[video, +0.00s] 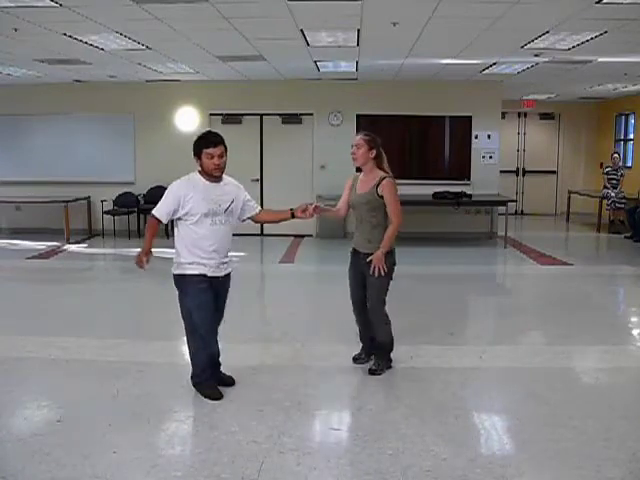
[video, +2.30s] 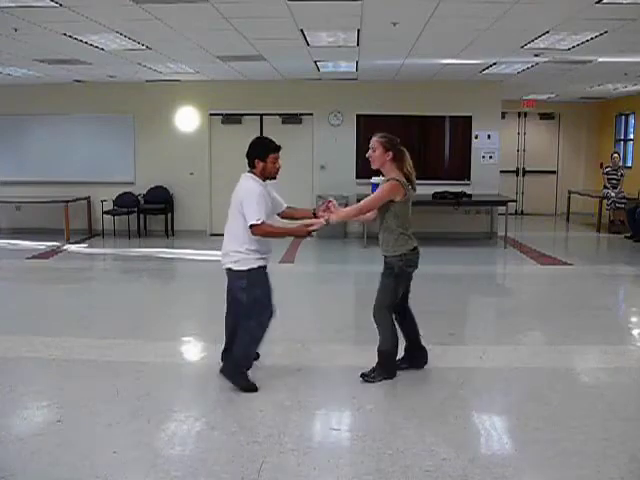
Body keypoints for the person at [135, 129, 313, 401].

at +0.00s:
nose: (218, 162)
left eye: (222, 156)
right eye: (211, 157)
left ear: (226, 156)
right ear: (198, 159)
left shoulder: (234, 189)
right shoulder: (181, 189)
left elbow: (259, 216)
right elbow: (155, 219)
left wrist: (293, 213)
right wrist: (146, 249)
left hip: (221, 271)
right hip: (191, 272)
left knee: (212, 325)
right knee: (200, 327)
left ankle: (213, 370)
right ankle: (202, 379)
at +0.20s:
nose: (227, 163)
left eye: (230, 157)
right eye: (220, 158)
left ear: (233, 158)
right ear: (205, 160)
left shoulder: (232, 190)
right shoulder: (190, 189)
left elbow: (249, 220)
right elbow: (170, 229)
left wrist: (282, 222)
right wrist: (184, 253)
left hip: (224, 273)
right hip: (198, 274)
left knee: (218, 327)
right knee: (205, 330)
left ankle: (212, 371)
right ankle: (202, 384)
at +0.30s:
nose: (230, 163)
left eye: (233, 157)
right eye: (223, 158)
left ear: (236, 158)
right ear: (209, 159)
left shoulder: (231, 189)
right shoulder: (197, 189)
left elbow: (239, 221)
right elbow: (187, 229)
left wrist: (268, 223)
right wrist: (221, 252)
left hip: (226, 272)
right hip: (201, 274)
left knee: (232, 319)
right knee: (206, 328)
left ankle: (215, 368)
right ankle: (201, 383)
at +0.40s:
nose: (235, 163)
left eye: (238, 157)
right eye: (229, 158)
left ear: (240, 157)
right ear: (213, 159)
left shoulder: (228, 187)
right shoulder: (205, 187)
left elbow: (230, 219)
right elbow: (208, 230)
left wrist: (260, 216)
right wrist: (249, 240)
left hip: (229, 270)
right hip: (206, 273)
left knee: (241, 316)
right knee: (211, 327)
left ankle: (223, 364)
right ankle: (201, 382)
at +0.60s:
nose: (245, 161)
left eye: (248, 156)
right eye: (239, 156)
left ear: (250, 157)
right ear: (223, 158)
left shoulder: (232, 185)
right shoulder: (220, 188)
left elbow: (233, 220)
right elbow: (243, 228)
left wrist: (255, 207)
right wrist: (281, 218)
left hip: (234, 271)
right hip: (219, 273)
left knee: (240, 325)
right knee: (216, 330)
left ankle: (242, 374)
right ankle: (201, 384)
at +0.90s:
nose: (261, 162)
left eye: (264, 157)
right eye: (255, 157)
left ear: (267, 158)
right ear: (240, 158)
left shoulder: (246, 184)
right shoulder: (239, 187)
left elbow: (258, 216)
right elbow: (264, 226)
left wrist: (282, 201)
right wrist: (298, 208)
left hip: (245, 267)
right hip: (236, 269)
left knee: (245, 322)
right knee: (252, 323)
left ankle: (242, 373)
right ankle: (215, 371)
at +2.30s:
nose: (279, 165)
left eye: (279, 160)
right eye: (275, 161)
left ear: (261, 162)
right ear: (259, 163)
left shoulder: (261, 185)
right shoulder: (251, 187)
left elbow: (284, 212)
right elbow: (257, 228)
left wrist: (315, 214)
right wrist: (294, 231)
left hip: (246, 261)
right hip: (245, 263)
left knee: (241, 312)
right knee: (261, 312)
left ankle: (234, 356)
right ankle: (236, 367)